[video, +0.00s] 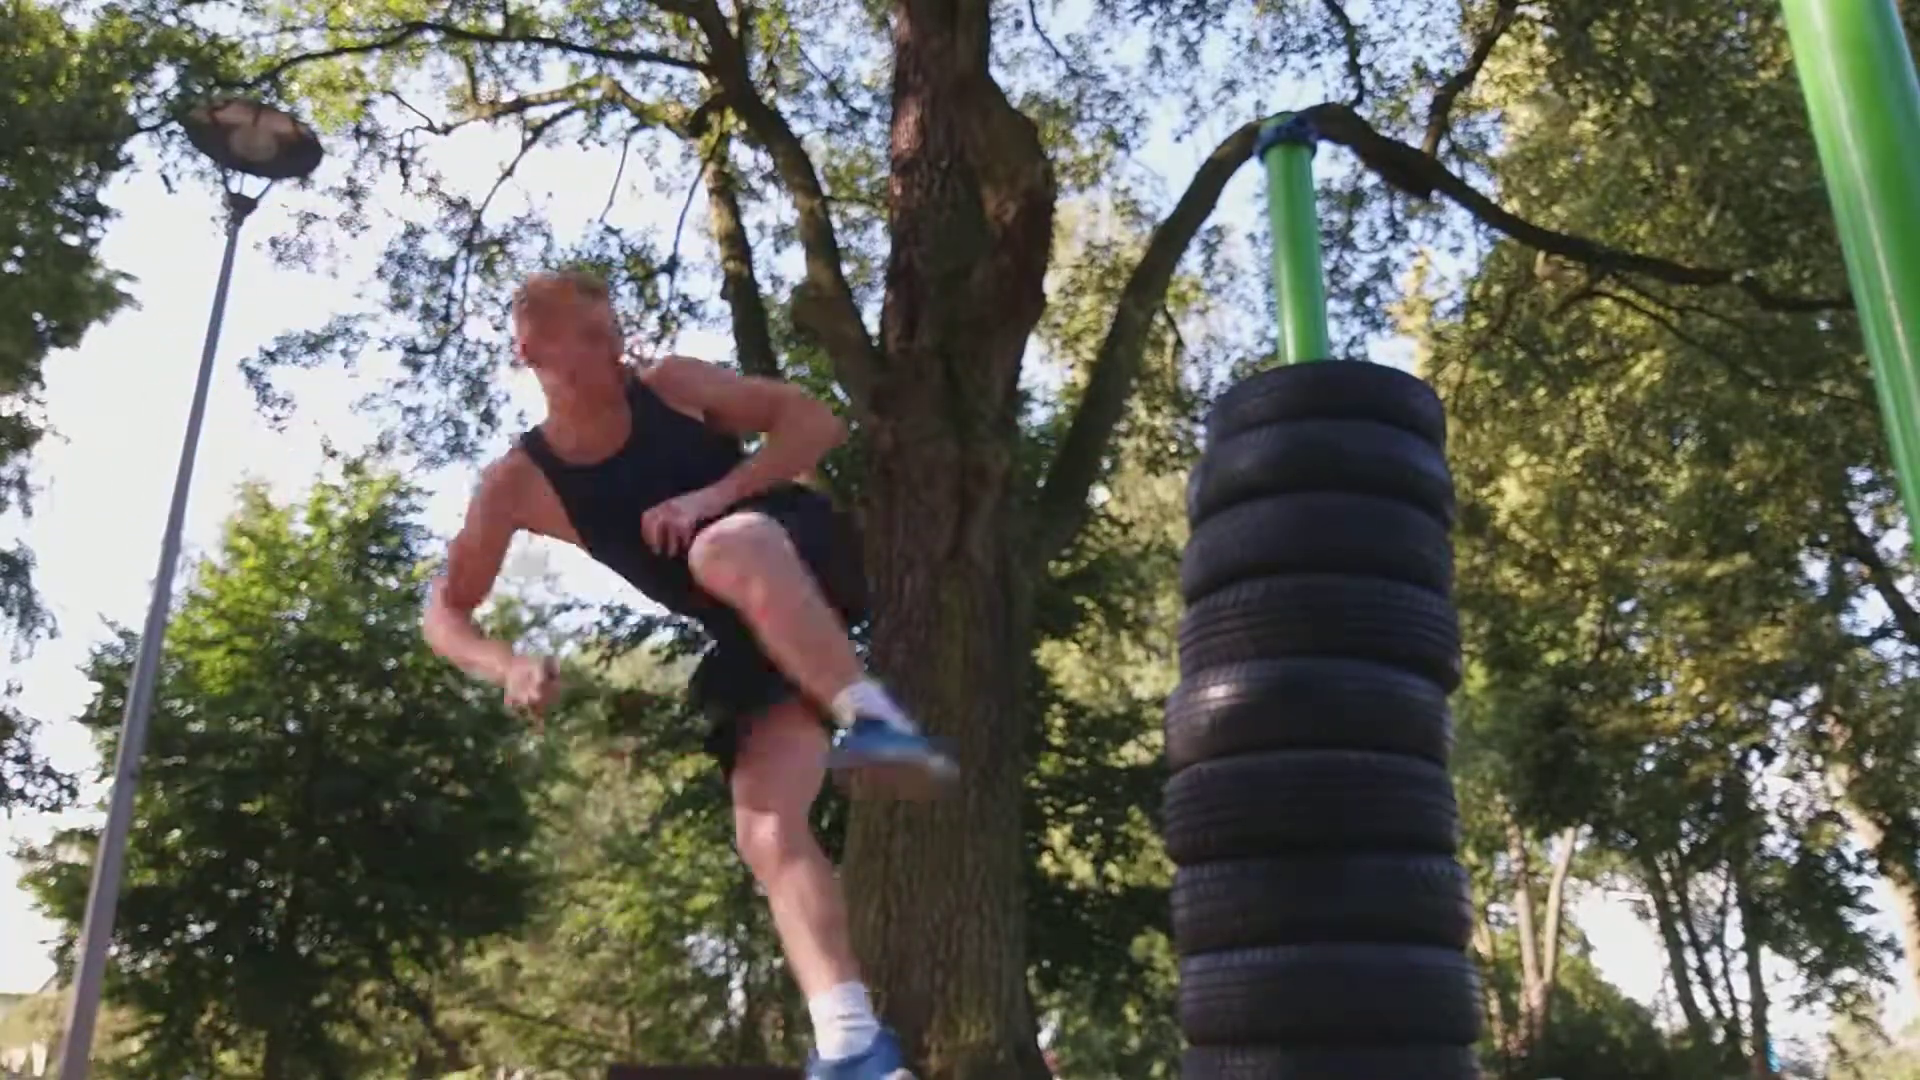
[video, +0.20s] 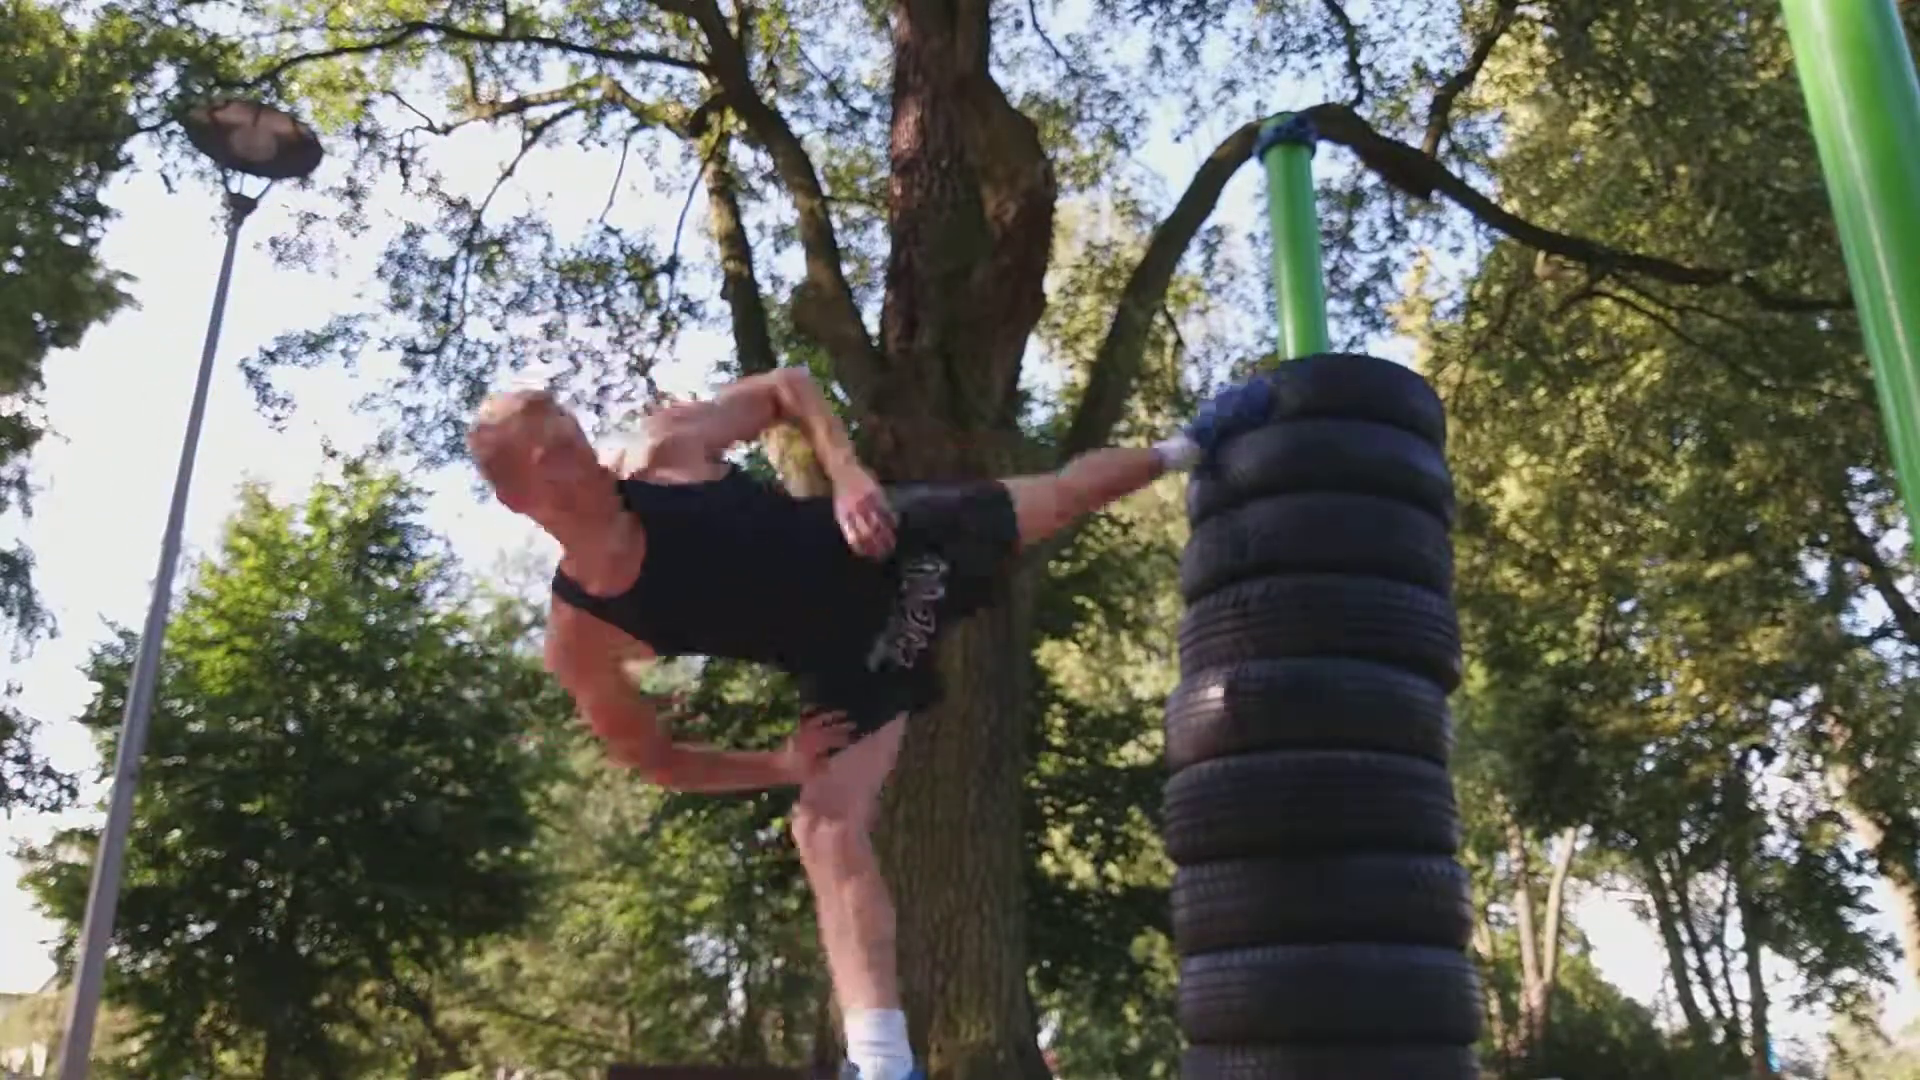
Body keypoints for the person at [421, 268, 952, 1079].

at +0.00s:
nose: (615, 348)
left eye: (612, 332)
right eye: (596, 337)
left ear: (615, 331)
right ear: (539, 356)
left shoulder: (672, 385)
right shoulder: (516, 484)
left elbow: (815, 422)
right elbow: (444, 616)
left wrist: (717, 494)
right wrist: (505, 667)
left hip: (808, 552)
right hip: (735, 624)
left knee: (721, 552)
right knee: (768, 827)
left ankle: (873, 719)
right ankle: (854, 1044)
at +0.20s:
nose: (582, 450)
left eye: (573, 433)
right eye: (555, 452)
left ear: (586, 431)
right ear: (520, 497)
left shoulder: (670, 448)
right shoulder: (578, 637)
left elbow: (786, 391)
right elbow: (654, 759)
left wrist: (846, 480)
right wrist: (782, 766)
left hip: (891, 545)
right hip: (852, 662)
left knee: (1070, 495)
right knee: (824, 829)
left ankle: (1187, 446)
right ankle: (881, 1060)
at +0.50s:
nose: (555, 403)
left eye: (561, 374)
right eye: (529, 396)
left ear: (594, 360)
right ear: (508, 415)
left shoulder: (686, 379)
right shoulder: (569, 541)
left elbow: (831, 366)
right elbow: (677, 669)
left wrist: (933, 413)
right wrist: (792, 750)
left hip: (902, 514)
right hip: (852, 631)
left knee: (996, 534)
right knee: (881, 840)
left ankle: (1079, 586)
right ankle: (907, 1064)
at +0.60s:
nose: (551, 291)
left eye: (565, 267)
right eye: (528, 279)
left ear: (606, 268)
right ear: (512, 302)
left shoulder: (698, 312)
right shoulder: (552, 446)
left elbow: (861, 346)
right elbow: (601, 587)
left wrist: (851, 396)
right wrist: (670, 687)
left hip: (848, 503)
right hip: (780, 601)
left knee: (842, 590)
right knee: (849, 836)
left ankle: (1022, 821)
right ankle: (900, 1069)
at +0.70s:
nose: (549, 223)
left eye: (567, 202)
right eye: (528, 210)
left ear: (614, 210)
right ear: (514, 238)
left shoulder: (695, 280)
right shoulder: (548, 382)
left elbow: (842, 375)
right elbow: (528, 531)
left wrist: (719, 401)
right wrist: (459, 585)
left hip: (792, 516)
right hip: (714, 585)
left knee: (787, 691)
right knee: (811, 815)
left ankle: (762, 982)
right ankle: (897, 1066)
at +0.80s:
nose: (542, 171)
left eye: (566, 150)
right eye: (525, 156)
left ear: (616, 166)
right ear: (511, 184)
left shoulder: (680, 251)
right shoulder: (562, 331)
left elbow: (723, 381)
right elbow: (499, 463)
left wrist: (528, 394)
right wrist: (344, 427)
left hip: (724, 547)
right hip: (650, 573)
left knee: (632, 733)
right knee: (727, 839)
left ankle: (565, 1051)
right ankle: (888, 1057)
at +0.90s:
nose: (549, 76)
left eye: (571, 60)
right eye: (527, 61)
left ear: (606, 91)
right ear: (498, 99)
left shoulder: (639, 182)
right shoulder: (520, 252)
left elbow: (597, 316)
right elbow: (508, 390)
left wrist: (412, 313)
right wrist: (404, 329)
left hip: (647, 499)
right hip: (561, 523)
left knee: (568, 701)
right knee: (506, 826)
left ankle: (557, 1056)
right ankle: (763, 968)